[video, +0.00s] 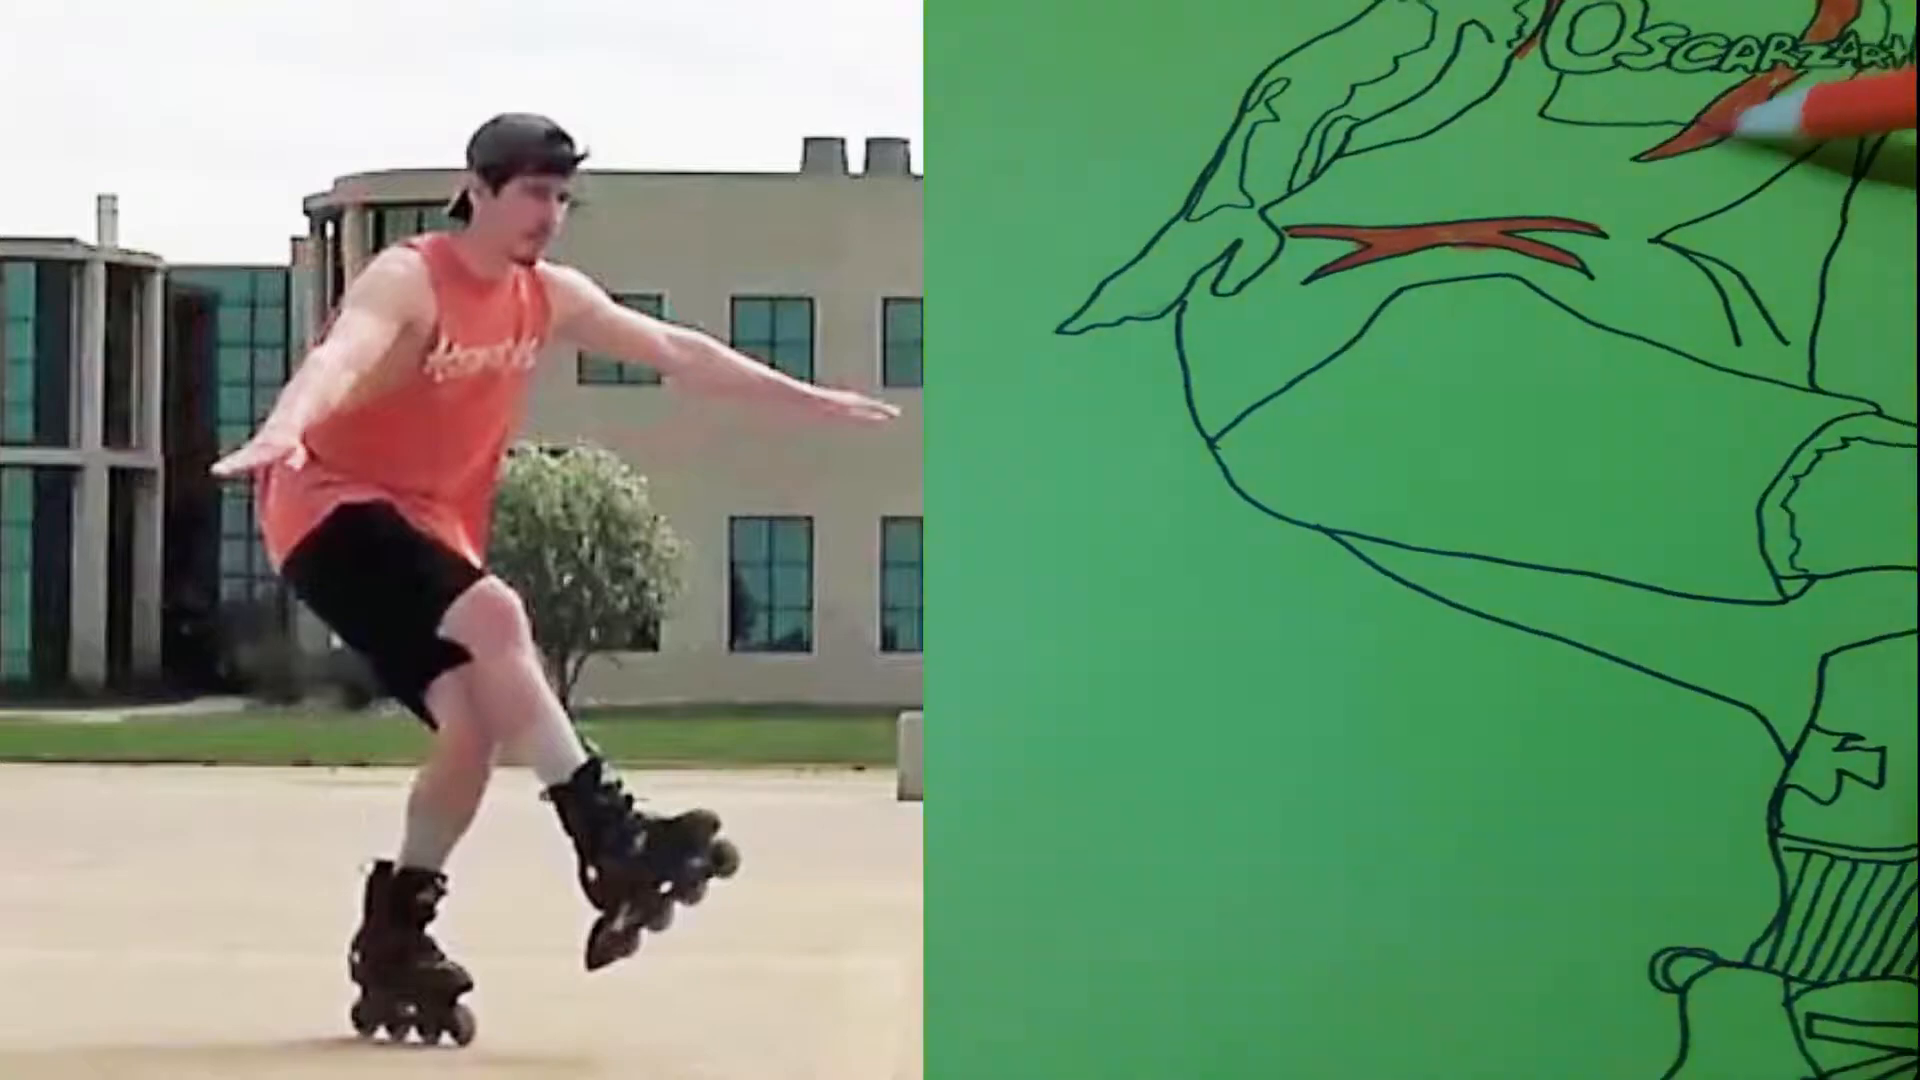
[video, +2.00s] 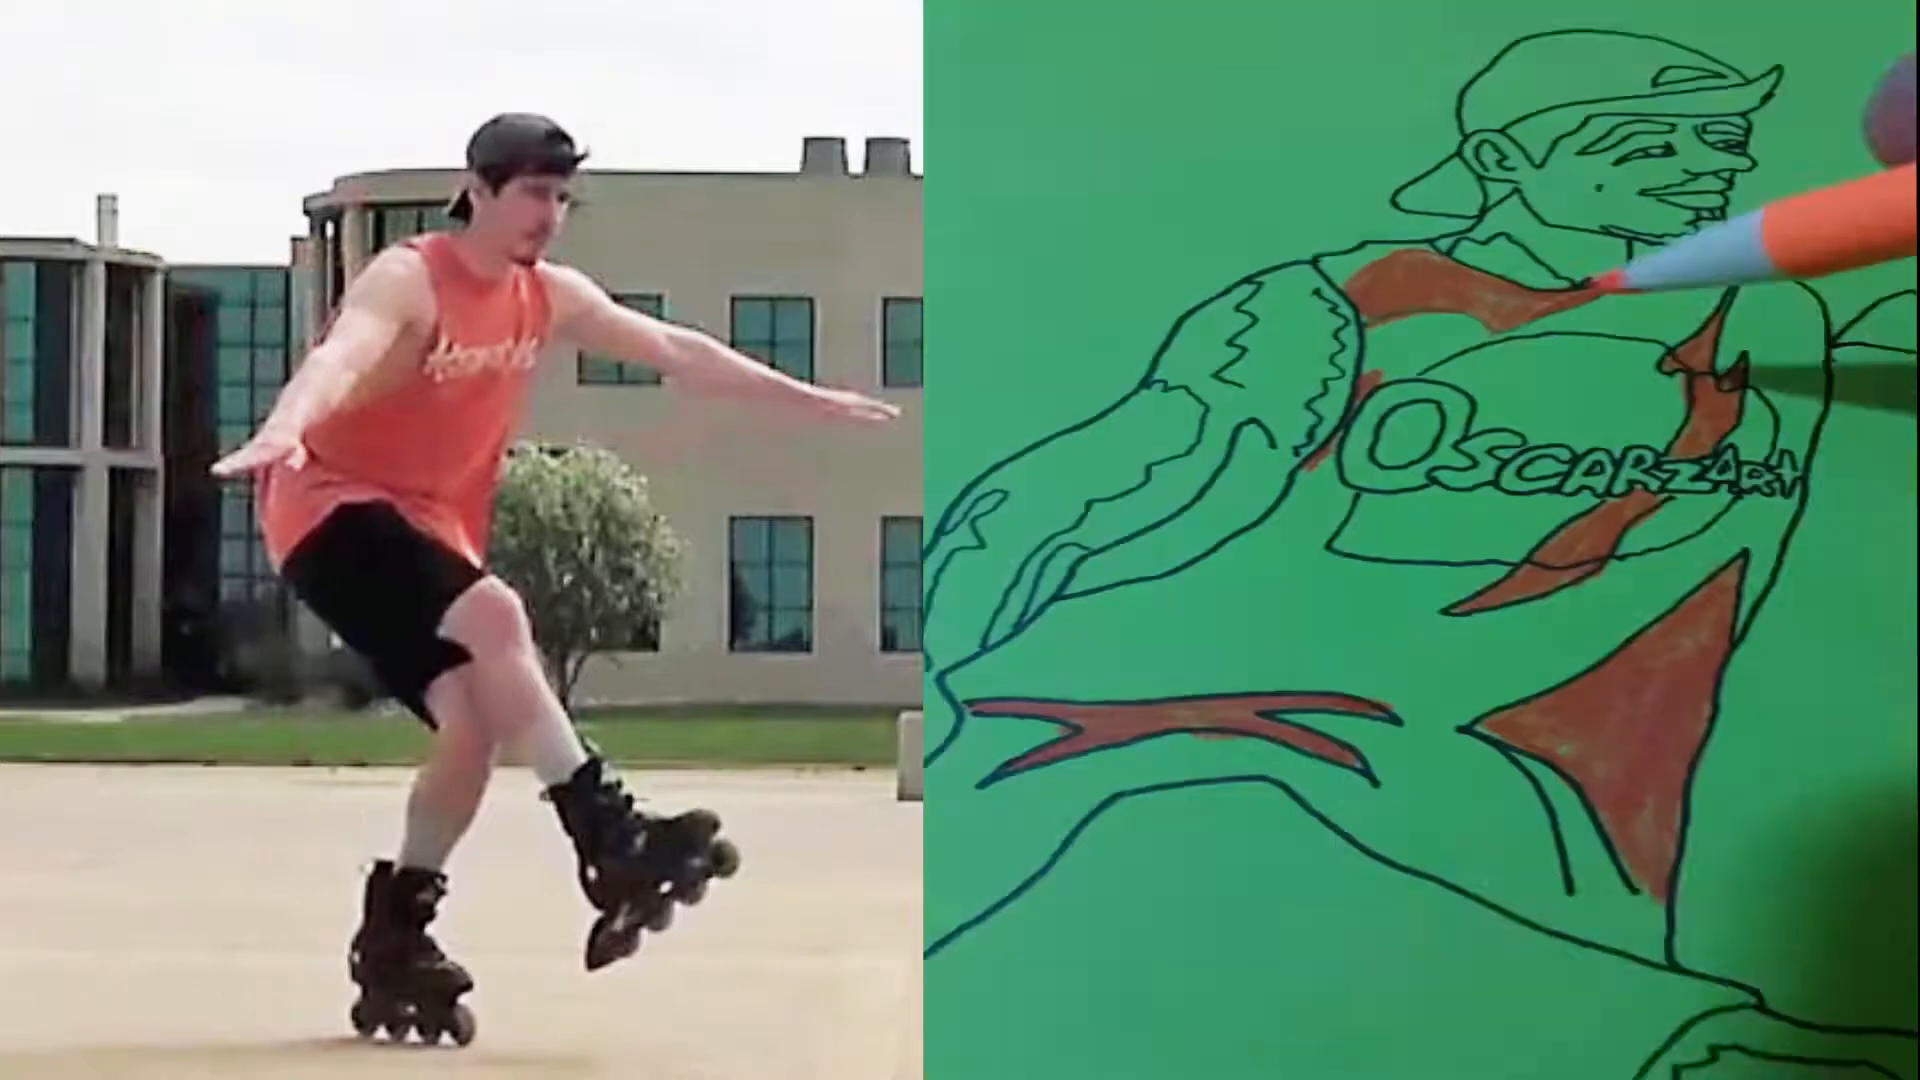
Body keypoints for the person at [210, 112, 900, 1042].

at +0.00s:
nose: (552, 214)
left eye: (562, 199)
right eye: (536, 195)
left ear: (562, 203)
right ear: (477, 191)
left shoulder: (551, 293)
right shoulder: (409, 274)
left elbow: (674, 350)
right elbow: (341, 356)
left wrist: (810, 399)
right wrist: (283, 428)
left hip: (435, 529)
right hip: (333, 503)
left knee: (477, 724)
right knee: (492, 616)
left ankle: (394, 936)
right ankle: (611, 843)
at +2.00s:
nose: (552, 214)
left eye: (562, 198)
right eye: (536, 194)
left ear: (563, 203)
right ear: (477, 191)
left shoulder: (551, 293)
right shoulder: (409, 274)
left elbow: (674, 349)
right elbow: (342, 356)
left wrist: (810, 399)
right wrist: (283, 429)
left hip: (436, 530)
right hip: (334, 505)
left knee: (477, 725)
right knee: (492, 616)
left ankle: (393, 936)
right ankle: (611, 842)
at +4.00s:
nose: (552, 214)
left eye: (562, 198)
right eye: (536, 195)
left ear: (562, 203)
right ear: (477, 191)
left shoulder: (551, 293)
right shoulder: (408, 275)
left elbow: (674, 350)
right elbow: (342, 356)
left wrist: (810, 399)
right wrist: (283, 428)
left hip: (436, 529)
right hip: (333, 504)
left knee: (477, 723)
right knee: (492, 616)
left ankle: (393, 937)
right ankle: (611, 843)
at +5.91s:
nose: (551, 214)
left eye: (561, 198)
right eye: (535, 195)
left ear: (563, 203)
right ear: (476, 191)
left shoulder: (552, 293)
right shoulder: (409, 274)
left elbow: (675, 350)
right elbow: (342, 355)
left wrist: (812, 400)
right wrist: (283, 429)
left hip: (437, 530)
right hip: (334, 506)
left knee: (477, 725)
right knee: (492, 616)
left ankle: (393, 938)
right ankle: (610, 841)